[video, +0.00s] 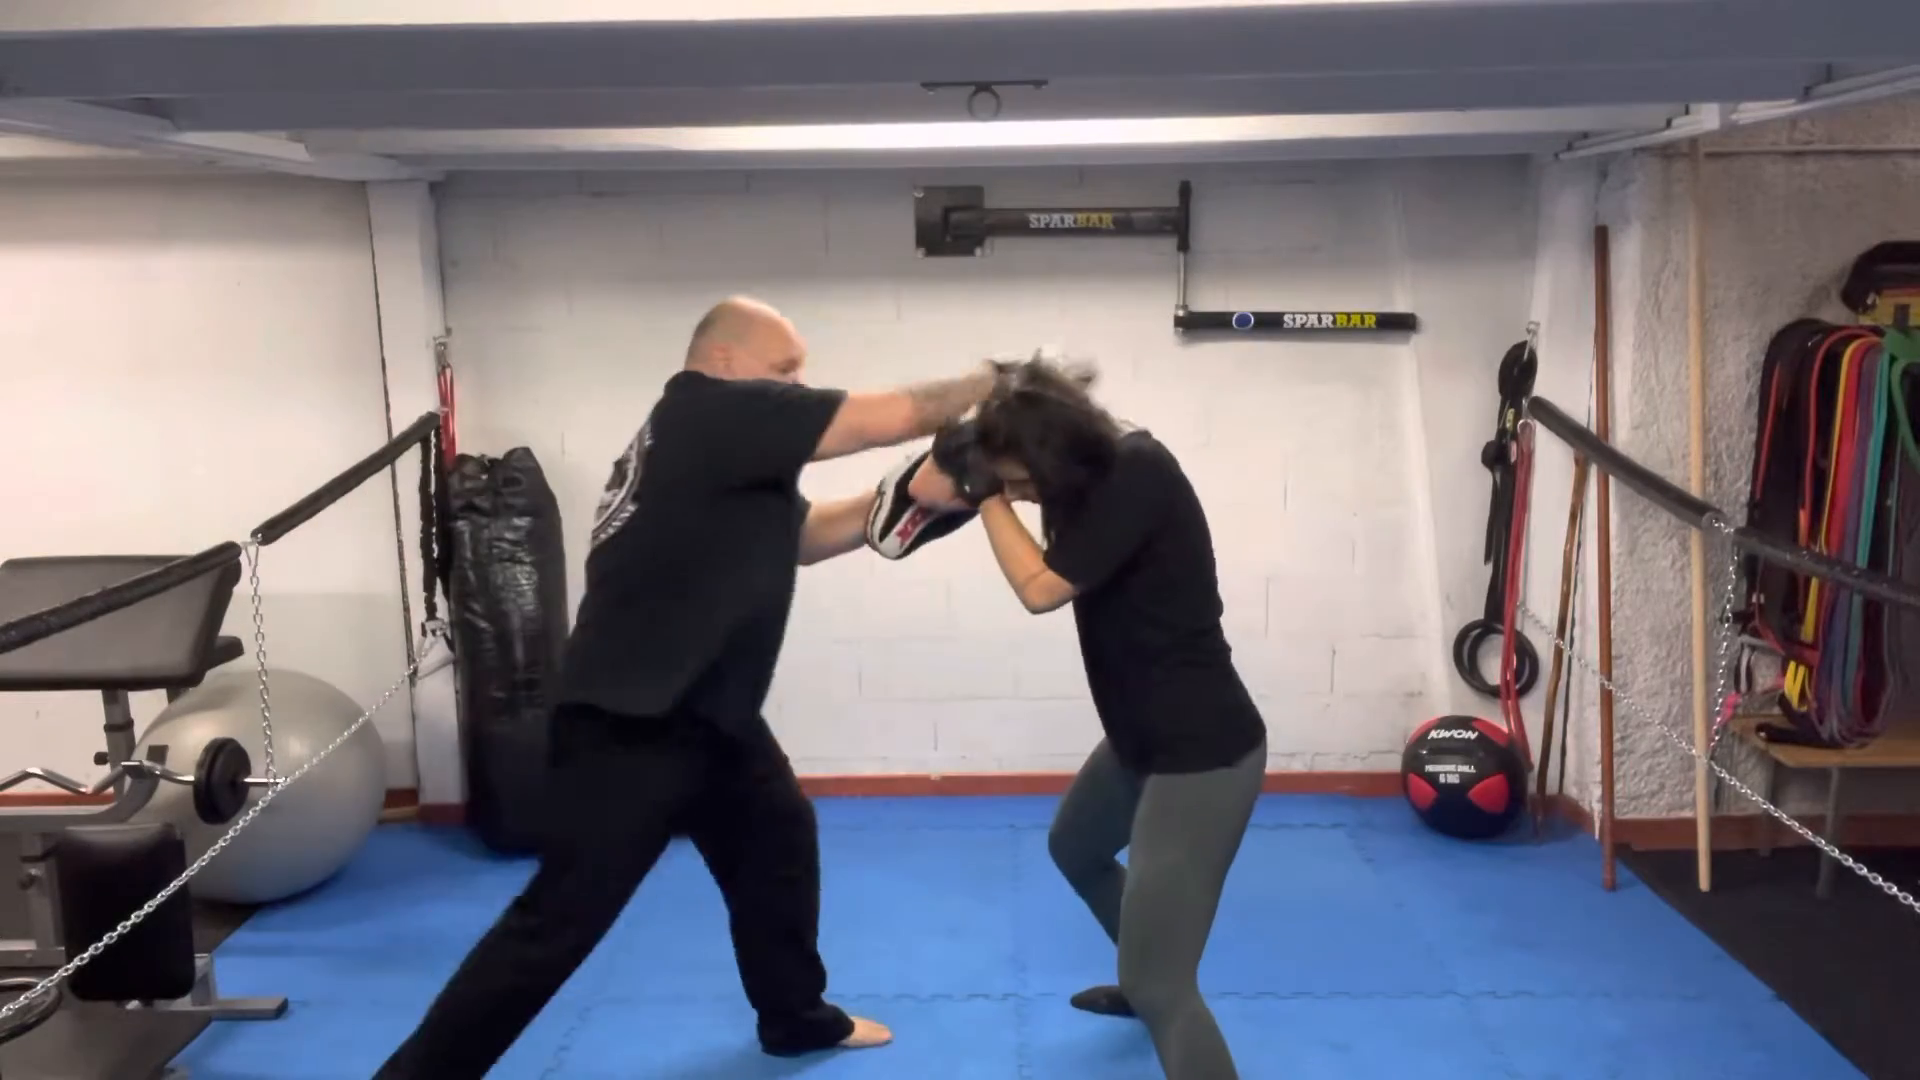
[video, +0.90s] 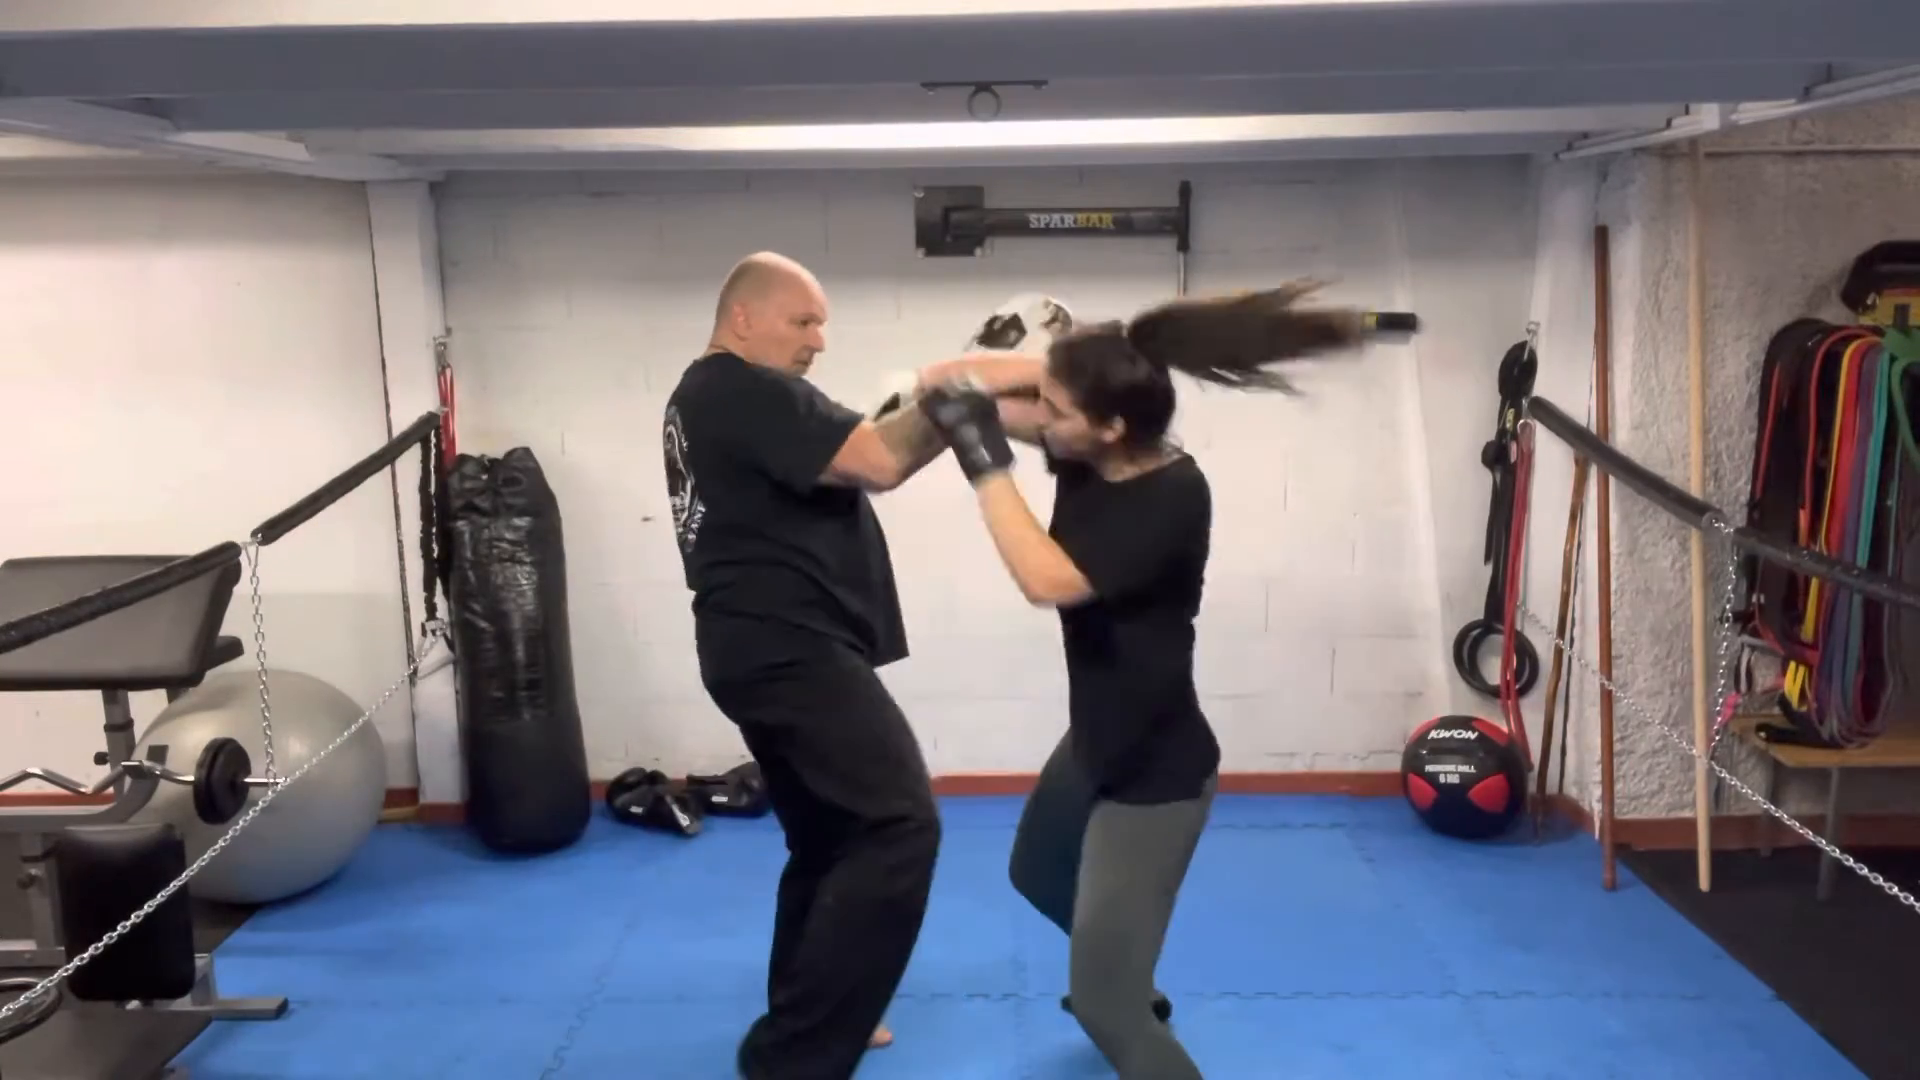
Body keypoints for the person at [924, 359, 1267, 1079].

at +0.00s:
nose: (1014, 495)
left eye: (1018, 482)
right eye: (1006, 484)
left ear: (1050, 463)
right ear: (1051, 442)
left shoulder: (1135, 476)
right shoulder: (1088, 469)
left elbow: (1039, 588)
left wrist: (986, 492)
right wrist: (956, 473)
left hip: (1204, 751)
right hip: (1144, 736)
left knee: (1157, 981)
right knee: (1077, 847)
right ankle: (1150, 984)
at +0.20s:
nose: (991, 536)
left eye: (988, 528)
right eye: (980, 531)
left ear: (998, 498)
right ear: (1016, 454)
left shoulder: (1084, 513)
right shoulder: (1080, 482)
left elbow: (1025, 651)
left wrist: (965, 556)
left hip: (1213, 765)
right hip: (1163, 745)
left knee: (1133, 983)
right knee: (1093, 839)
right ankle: (1135, 982)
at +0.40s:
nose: (990, 607)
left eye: (984, 598)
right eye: (981, 603)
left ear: (1000, 565)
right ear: (997, 545)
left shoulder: (1079, 563)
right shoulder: (1070, 533)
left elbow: (1049, 714)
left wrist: (981, 667)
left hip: (1237, 783)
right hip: (1173, 753)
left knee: (1130, 988)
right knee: (1086, 864)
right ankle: (1148, 986)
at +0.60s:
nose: (1025, 614)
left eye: (1025, 605)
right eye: (1015, 609)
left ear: (1055, 575)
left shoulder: (1156, 561)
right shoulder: (1043, 543)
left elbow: (1179, 718)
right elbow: (1114, 681)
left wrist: (1055, 702)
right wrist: (1046, 691)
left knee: (1150, 990)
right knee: (1070, 898)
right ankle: (1143, 977)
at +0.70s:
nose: (1072, 559)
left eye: (1076, 548)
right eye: (1064, 549)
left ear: (1102, 522)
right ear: (1052, 522)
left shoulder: (1193, 525)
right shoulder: (1058, 519)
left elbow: (1221, 678)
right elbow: (950, 629)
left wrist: (1076, 685)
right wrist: (1007, 517)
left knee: (1135, 996)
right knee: (1060, 903)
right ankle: (1140, 986)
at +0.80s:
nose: (1053, 476)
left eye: (1072, 472)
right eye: (1053, 458)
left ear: (1131, 475)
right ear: (1057, 431)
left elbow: (1186, 651)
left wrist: (1057, 599)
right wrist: (1036, 418)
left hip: (1187, 776)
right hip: (1102, 754)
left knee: (1122, 999)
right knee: (1052, 897)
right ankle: (1140, 987)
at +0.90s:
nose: (1037, 414)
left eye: (1055, 408)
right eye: (1040, 400)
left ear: (1111, 430)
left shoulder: (1170, 500)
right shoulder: (1086, 451)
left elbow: (1047, 579)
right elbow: (1014, 390)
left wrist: (982, 453)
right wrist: (962, 386)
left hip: (1157, 772)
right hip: (1094, 747)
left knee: (1105, 997)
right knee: (1040, 872)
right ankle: (1135, 994)